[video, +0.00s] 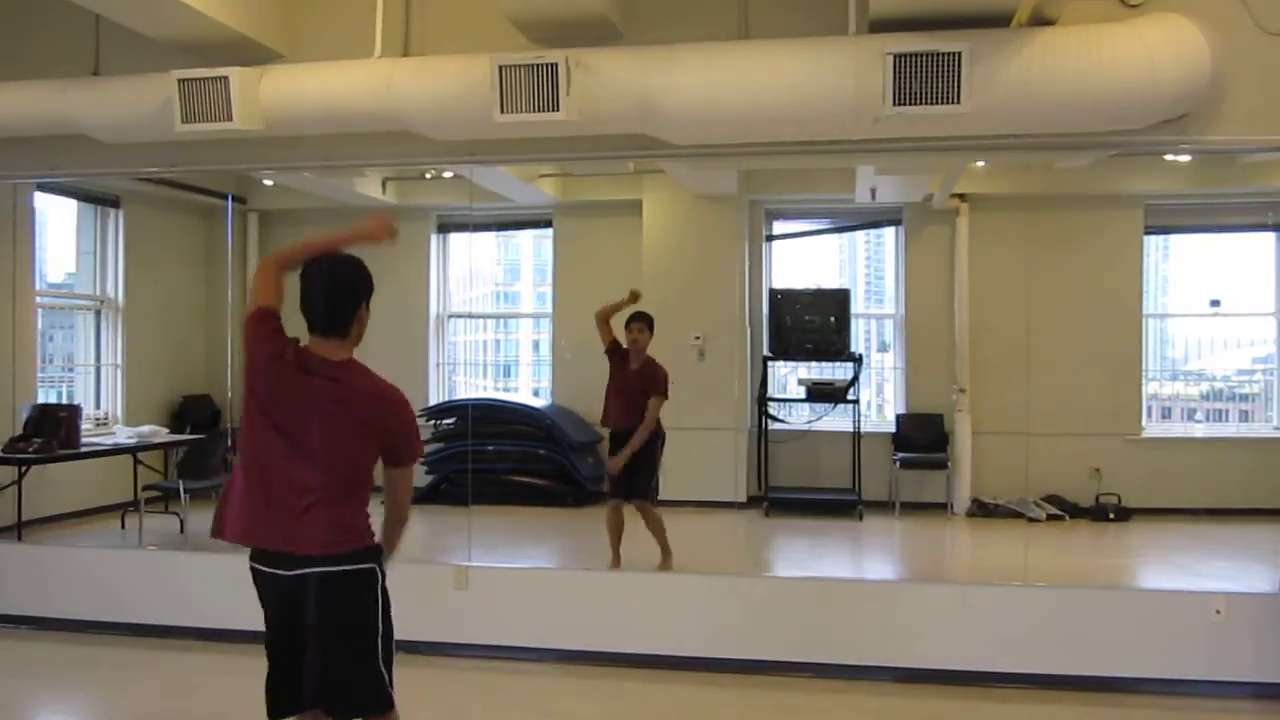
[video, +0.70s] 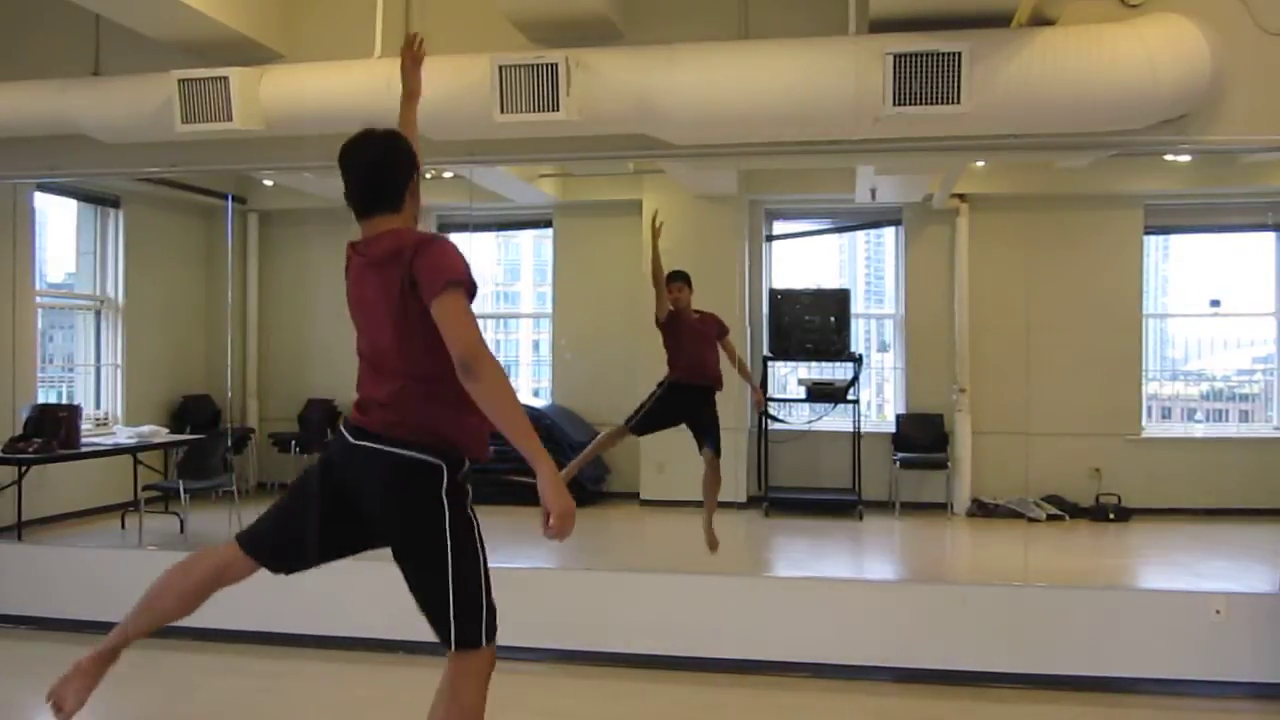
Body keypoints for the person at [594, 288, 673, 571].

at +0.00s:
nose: (635, 336)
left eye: (641, 331)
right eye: (631, 331)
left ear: (651, 336)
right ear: (625, 334)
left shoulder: (656, 373)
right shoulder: (617, 358)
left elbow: (650, 422)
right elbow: (601, 318)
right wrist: (624, 303)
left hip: (646, 437)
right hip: (618, 436)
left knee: (642, 501)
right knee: (614, 502)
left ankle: (666, 554)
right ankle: (615, 558)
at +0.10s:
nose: (640, 346)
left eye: (647, 341)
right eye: (636, 341)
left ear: (656, 346)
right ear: (631, 344)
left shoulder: (660, 384)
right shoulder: (623, 367)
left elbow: (634, 424)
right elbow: (599, 352)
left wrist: (595, 431)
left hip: (650, 448)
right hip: (622, 444)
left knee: (638, 511)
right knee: (614, 508)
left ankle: (663, 556)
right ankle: (615, 559)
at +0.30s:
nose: (652, 336)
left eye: (658, 331)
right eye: (648, 331)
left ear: (667, 336)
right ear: (641, 334)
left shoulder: (674, 369)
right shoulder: (632, 359)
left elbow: (650, 403)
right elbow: (621, 367)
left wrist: (613, 391)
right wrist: (658, 362)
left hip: (659, 440)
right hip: (630, 437)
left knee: (648, 504)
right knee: (618, 499)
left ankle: (663, 556)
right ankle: (614, 555)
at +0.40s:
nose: (656, 305)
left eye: (661, 299)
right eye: (654, 300)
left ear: (672, 302)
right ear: (649, 303)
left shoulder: (687, 335)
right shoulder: (640, 331)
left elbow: (678, 377)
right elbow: (634, 319)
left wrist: (636, 391)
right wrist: (675, 297)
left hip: (669, 415)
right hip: (638, 413)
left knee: (671, 483)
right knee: (617, 476)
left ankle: (669, 547)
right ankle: (598, 535)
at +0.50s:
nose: (660, 285)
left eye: (665, 280)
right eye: (656, 281)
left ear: (677, 284)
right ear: (652, 286)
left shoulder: (696, 318)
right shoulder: (647, 314)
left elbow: (705, 361)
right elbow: (646, 280)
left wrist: (696, 396)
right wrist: (658, 240)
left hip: (682, 391)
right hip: (651, 388)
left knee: (690, 459)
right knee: (616, 445)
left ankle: (683, 515)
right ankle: (580, 496)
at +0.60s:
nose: (666, 284)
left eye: (671, 278)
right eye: (663, 280)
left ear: (683, 282)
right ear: (660, 284)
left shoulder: (703, 314)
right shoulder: (659, 311)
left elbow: (723, 352)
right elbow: (655, 271)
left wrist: (739, 387)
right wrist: (651, 231)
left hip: (693, 389)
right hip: (663, 383)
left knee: (710, 448)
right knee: (617, 430)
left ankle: (694, 495)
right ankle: (567, 475)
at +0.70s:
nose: (675, 295)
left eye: (680, 290)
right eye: (671, 291)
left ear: (691, 292)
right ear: (667, 295)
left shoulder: (711, 322)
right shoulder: (668, 322)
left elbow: (735, 358)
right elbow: (658, 284)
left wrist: (755, 387)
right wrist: (654, 244)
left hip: (703, 396)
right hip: (673, 391)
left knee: (713, 458)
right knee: (622, 432)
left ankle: (708, 521)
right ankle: (567, 473)